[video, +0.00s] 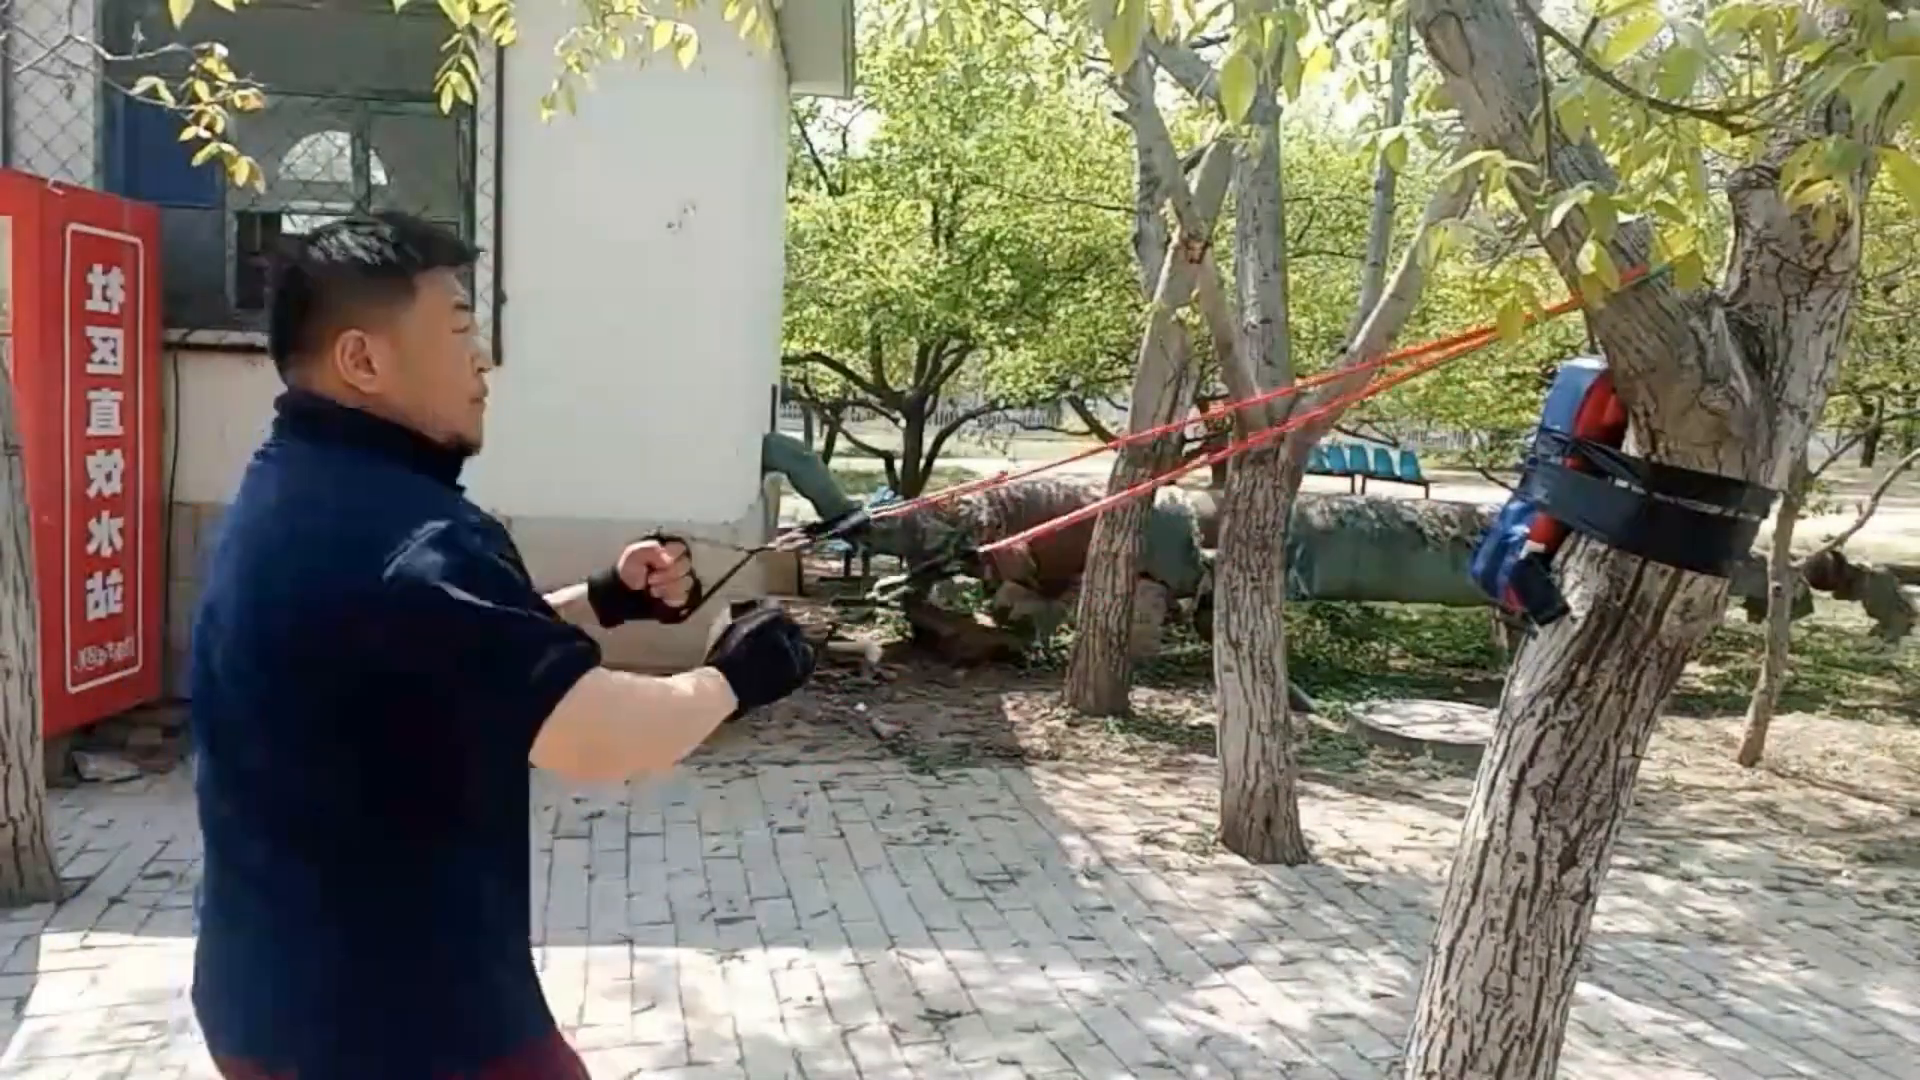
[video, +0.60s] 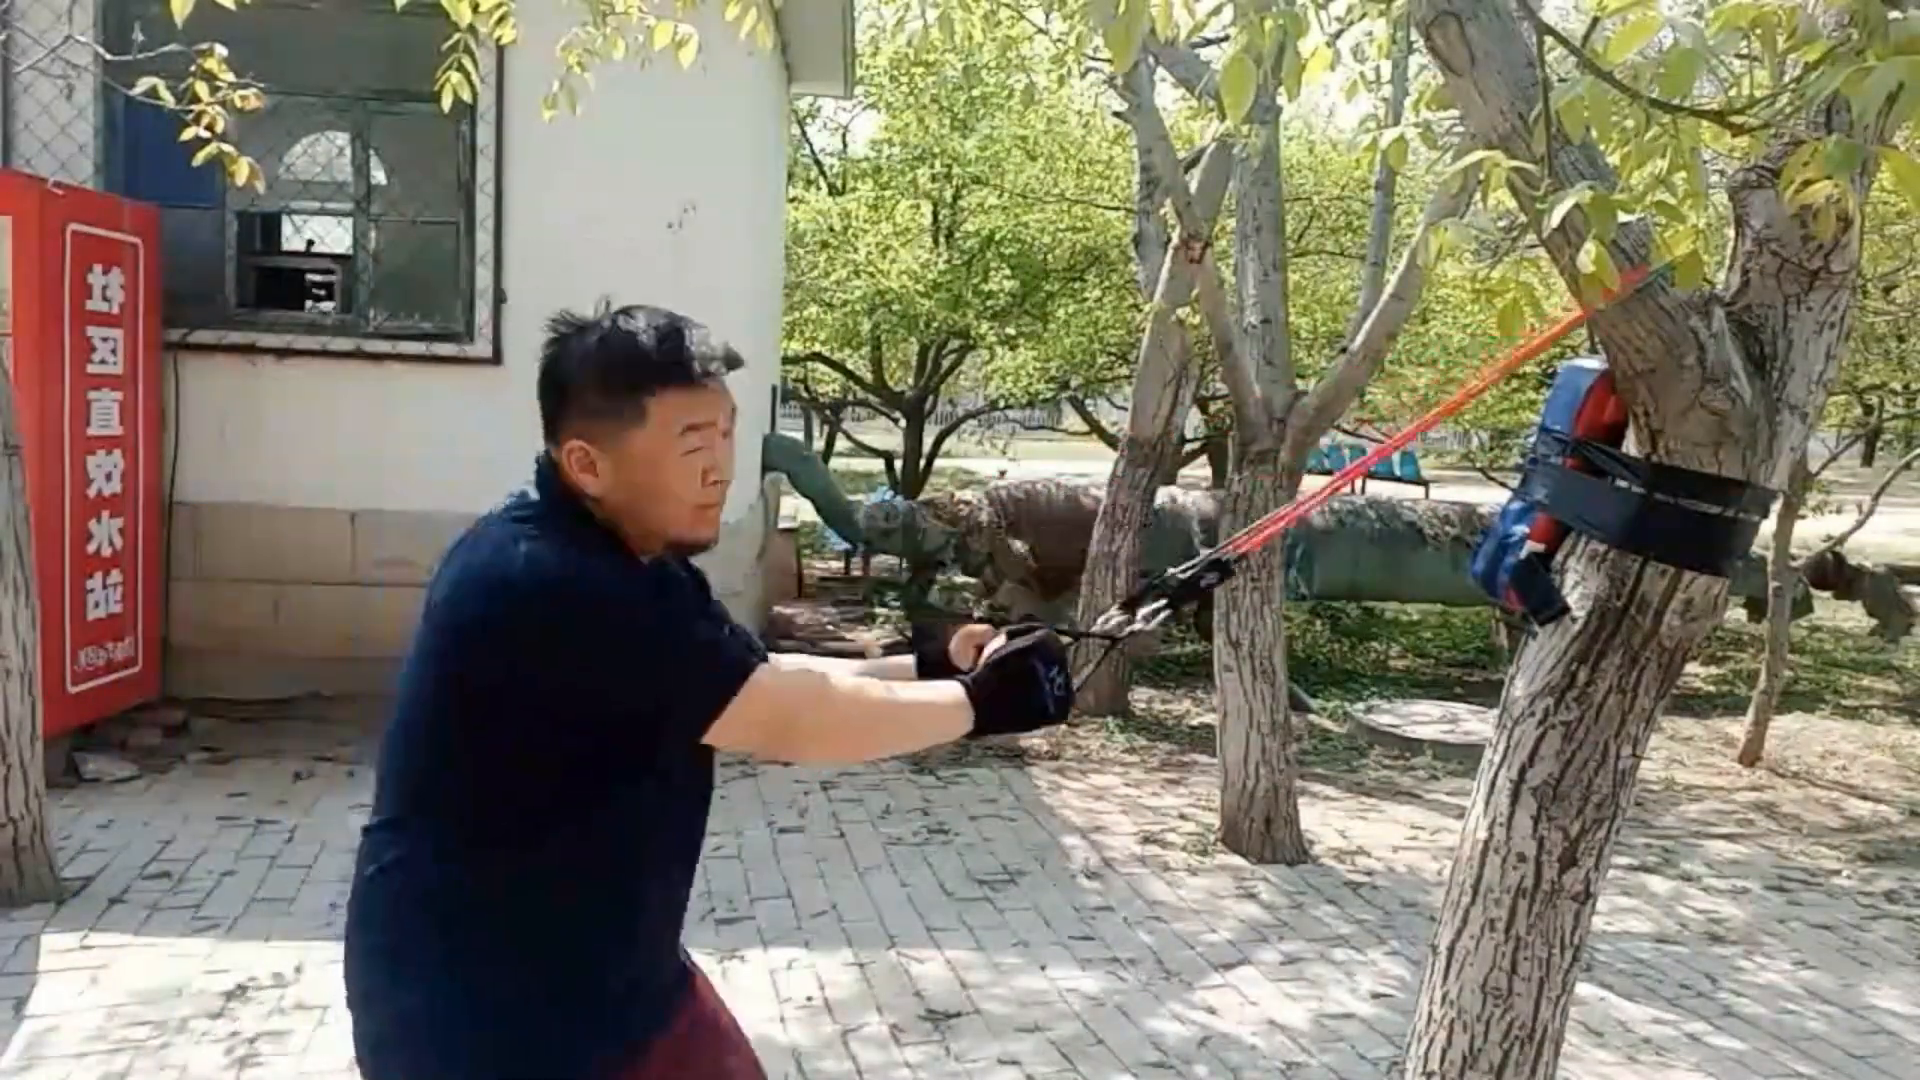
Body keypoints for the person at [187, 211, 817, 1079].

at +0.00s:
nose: (485, 357)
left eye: (470, 326)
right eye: (459, 326)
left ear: (357, 366)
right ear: (363, 362)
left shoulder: (290, 491)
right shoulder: (412, 539)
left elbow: (444, 648)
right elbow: (592, 736)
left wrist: (605, 601)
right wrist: (736, 681)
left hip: (268, 1005)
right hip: (422, 1030)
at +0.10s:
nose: (540, 344)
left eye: (525, 315)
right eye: (511, 318)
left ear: (412, 368)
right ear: (412, 363)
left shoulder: (402, 493)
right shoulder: (420, 542)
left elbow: (599, 609)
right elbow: (659, 723)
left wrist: (775, 582)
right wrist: (836, 653)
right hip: (420, 1042)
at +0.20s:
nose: (568, 350)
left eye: (554, 320)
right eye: (540, 326)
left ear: (443, 373)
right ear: (442, 370)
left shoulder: (450, 495)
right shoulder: (434, 540)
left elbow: (663, 583)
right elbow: (703, 683)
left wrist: (859, 572)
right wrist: (920, 643)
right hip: (422, 1046)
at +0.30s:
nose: (614, 355)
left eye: (601, 329)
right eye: (589, 332)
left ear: (490, 375)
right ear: (488, 372)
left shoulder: (497, 494)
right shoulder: (466, 531)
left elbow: (703, 579)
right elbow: (749, 647)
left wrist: (905, 562)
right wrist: (954, 617)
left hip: (504, 973)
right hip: (439, 1021)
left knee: (634, 1067)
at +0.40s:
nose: (655, 369)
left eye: (644, 339)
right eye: (630, 343)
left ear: (533, 386)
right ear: (530, 383)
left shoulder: (547, 497)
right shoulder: (490, 529)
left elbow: (739, 587)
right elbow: (754, 637)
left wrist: (940, 570)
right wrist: (969, 609)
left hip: (582, 995)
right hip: (489, 1027)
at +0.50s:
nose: (709, 403)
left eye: (696, 373)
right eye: (679, 379)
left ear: (585, 425)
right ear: (576, 423)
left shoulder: (643, 541)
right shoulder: (529, 558)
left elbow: (779, 641)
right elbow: (788, 665)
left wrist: (957, 628)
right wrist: (979, 640)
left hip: (607, 974)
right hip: (471, 1007)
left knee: (700, 1069)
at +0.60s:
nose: (723, 462)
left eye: (726, 434)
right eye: (693, 438)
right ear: (586, 465)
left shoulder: (642, 571)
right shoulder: (551, 588)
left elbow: (767, 689)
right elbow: (789, 726)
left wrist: (925, 666)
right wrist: (978, 708)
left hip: (614, 971)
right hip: (481, 1017)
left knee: (734, 1070)